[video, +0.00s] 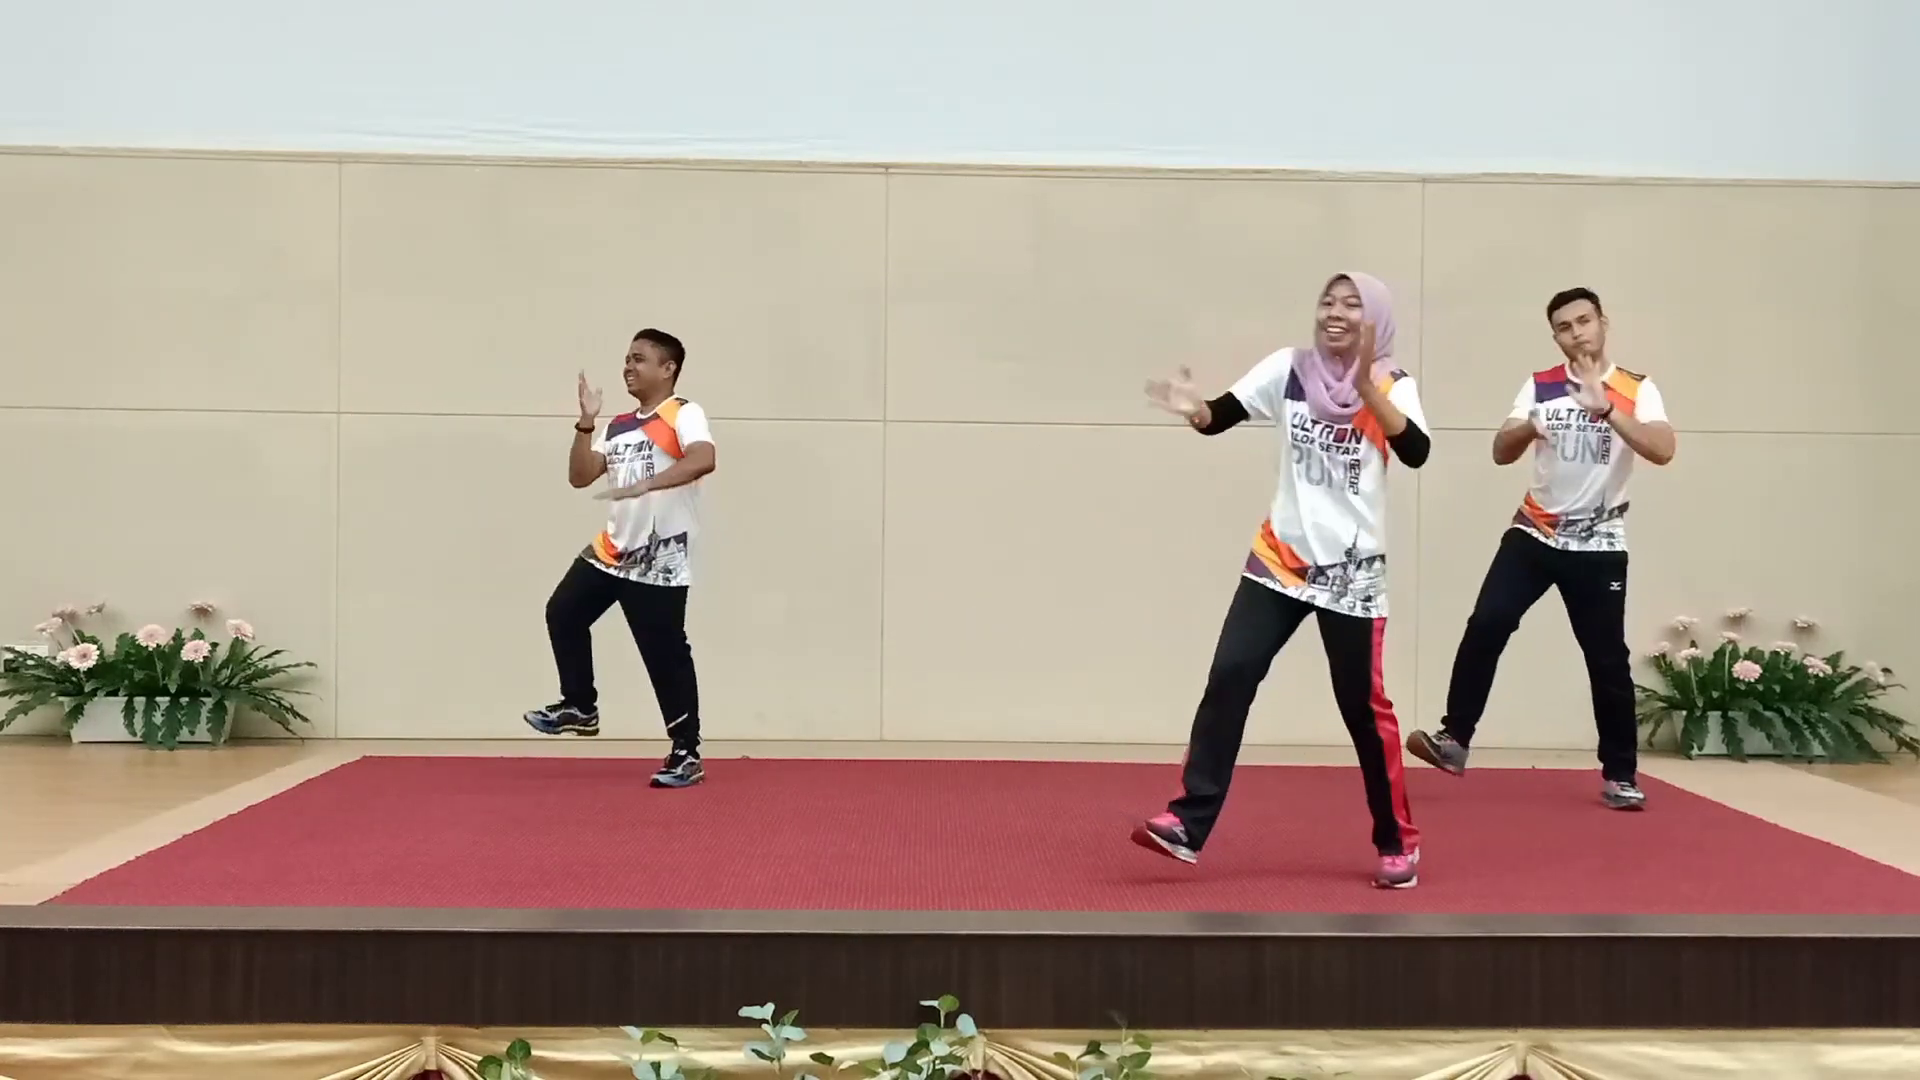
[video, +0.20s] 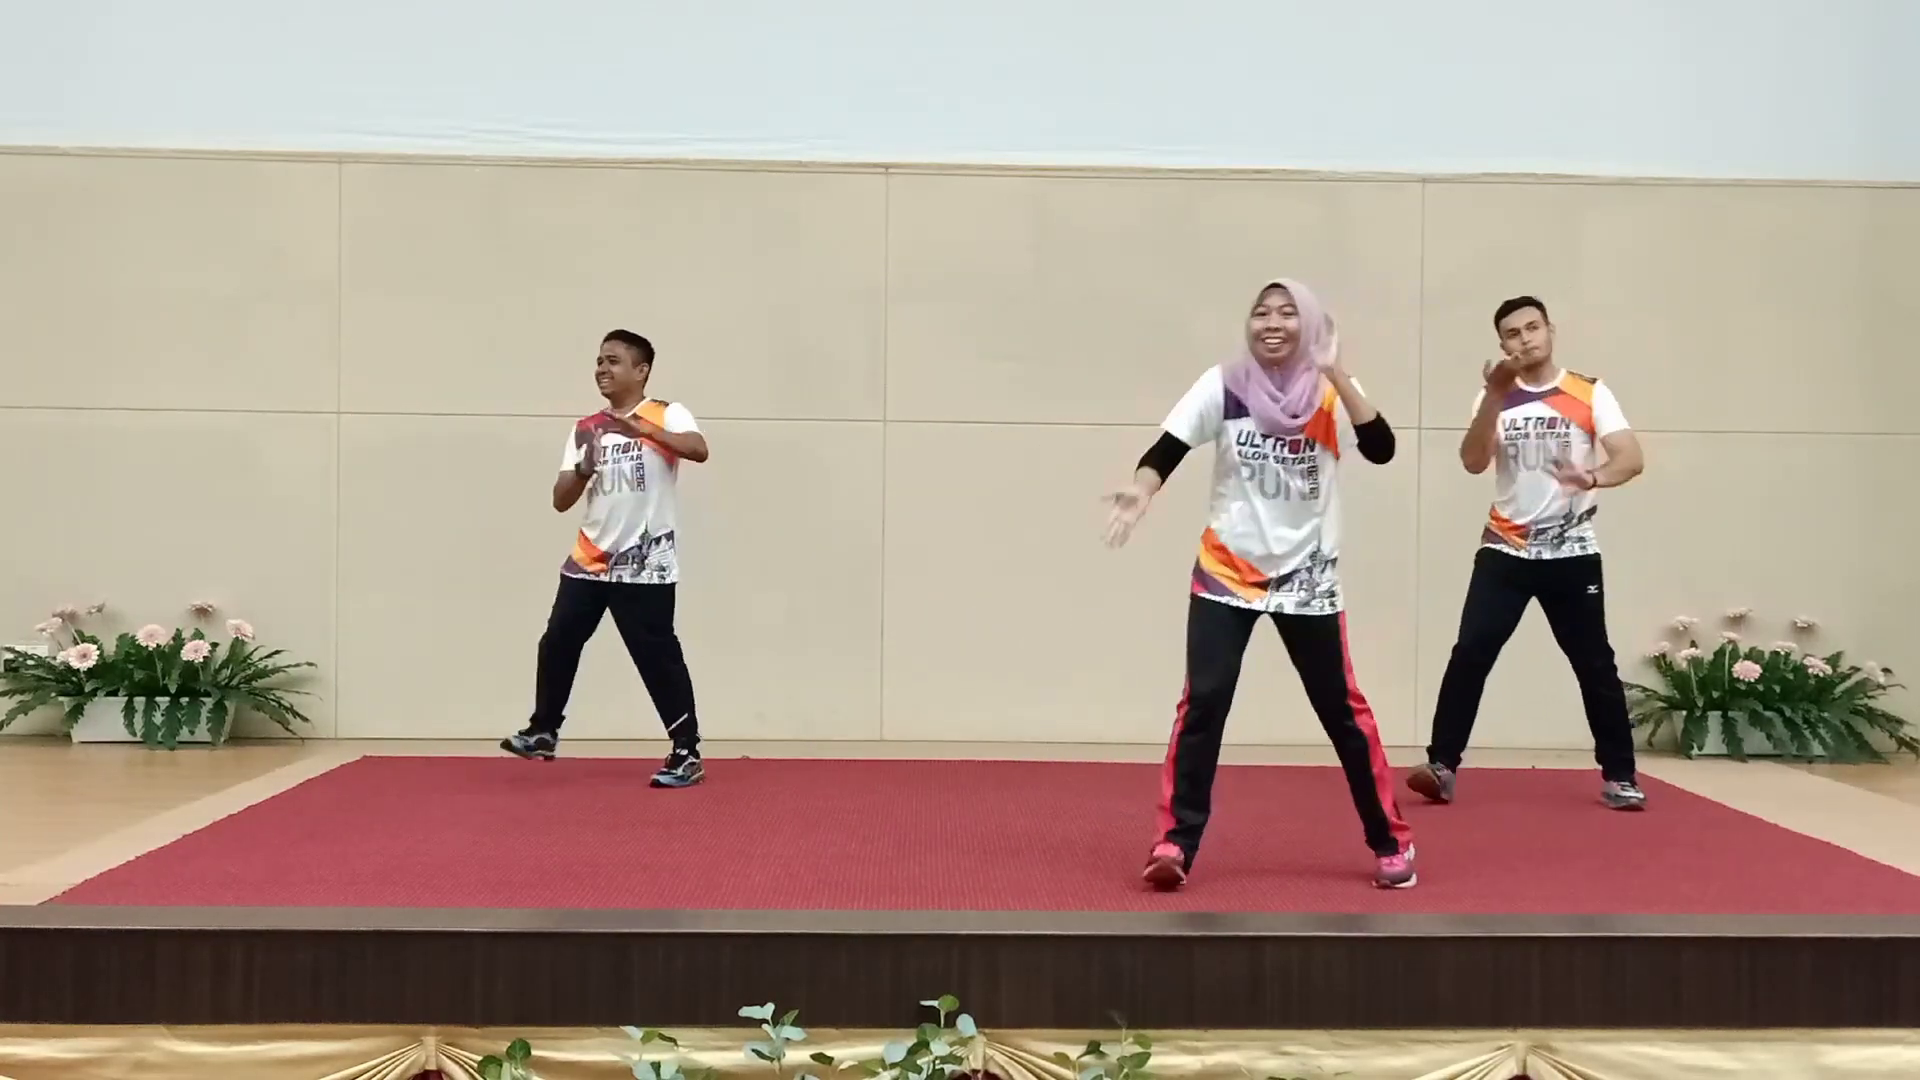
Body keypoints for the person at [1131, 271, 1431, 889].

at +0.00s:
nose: (1335, 311)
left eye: (1350, 303)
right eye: (1328, 301)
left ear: (1375, 319)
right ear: (1316, 313)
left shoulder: (1391, 383)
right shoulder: (1291, 367)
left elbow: (1416, 453)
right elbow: (1223, 414)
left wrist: (1369, 389)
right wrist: (1198, 409)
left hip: (1353, 566)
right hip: (1281, 556)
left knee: (1363, 705)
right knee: (1229, 679)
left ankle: (1397, 844)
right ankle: (1189, 826)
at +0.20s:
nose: (1273, 322)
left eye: (1286, 313)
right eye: (1263, 313)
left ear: (1307, 327)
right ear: (1248, 328)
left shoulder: (1327, 391)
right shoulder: (1223, 387)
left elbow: (1381, 450)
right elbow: (1171, 445)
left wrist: (1338, 375)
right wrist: (1143, 485)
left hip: (1306, 573)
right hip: (1227, 569)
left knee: (1340, 707)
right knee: (1205, 701)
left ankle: (1390, 844)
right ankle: (1176, 842)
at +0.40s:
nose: (1205, 345)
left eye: (1219, 334)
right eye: (1194, 334)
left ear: (1239, 346)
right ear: (1179, 346)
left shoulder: (1264, 410)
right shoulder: (1156, 407)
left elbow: (1309, 487)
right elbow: (1103, 480)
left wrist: (1274, 418)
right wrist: (1096, 516)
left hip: (1235, 581)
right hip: (1159, 578)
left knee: (1277, 700)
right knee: (1168, 701)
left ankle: (1319, 832)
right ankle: (1170, 846)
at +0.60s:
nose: (1151, 342)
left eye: (1164, 331)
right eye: (1139, 332)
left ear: (1183, 341)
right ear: (1123, 342)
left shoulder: (1207, 404)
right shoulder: (1100, 401)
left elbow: (1240, 469)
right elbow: (1025, 466)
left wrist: (1243, 486)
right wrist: (1066, 438)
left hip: (1180, 583)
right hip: (1111, 576)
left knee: (1200, 701)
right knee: (1147, 696)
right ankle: (1169, 847)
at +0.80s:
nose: (1094, 347)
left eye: (1107, 338)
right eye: (1084, 337)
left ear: (1124, 350)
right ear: (1066, 347)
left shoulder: (1145, 418)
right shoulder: (1040, 408)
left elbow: (1170, 503)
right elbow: (971, 469)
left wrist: (1169, 571)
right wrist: (1039, 421)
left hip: (1116, 599)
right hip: (1053, 586)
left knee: (1090, 723)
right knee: (1114, 691)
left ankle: (1016, 836)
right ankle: (1153, 848)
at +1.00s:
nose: (1035, 337)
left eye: (1048, 329)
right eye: (1025, 327)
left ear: (1064, 341)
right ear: (1008, 336)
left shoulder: (1087, 406)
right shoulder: (984, 395)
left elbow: (1131, 468)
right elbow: (939, 459)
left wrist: (1156, 492)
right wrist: (995, 417)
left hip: (1056, 582)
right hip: (993, 570)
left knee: (1064, 699)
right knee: (1038, 670)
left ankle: (1030, 836)